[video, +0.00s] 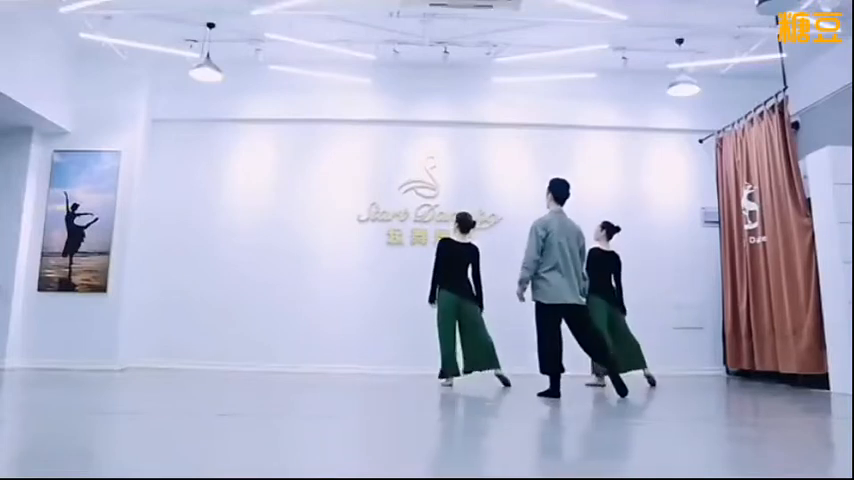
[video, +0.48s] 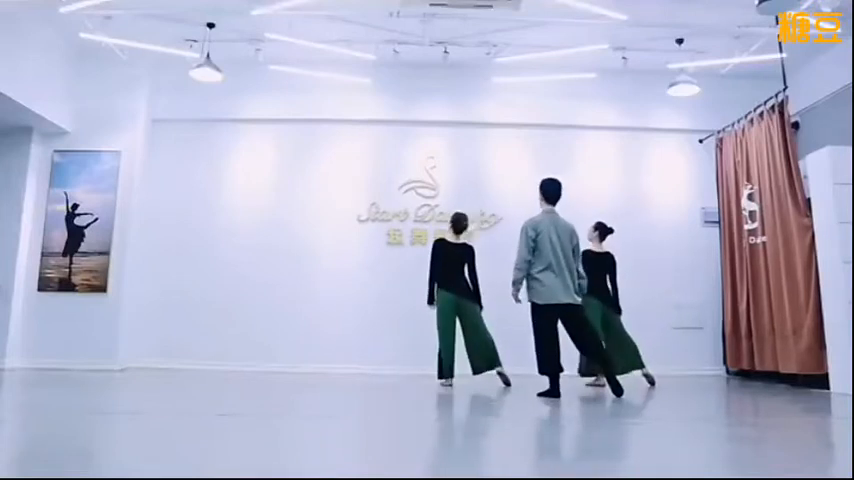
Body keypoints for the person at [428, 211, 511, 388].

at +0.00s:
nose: (454, 225)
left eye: (455, 223)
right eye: (457, 223)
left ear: (456, 225)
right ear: (471, 228)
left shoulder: (444, 243)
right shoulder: (473, 249)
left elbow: (437, 270)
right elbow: (476, 277)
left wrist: (432, 293)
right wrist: (480, 300)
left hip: (446, 292)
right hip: (466, 293)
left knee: (446, 333)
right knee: (480, 332)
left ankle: (448, 375)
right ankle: (496, 368)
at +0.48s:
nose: (459, 228)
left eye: (453, 224)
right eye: (463, 226)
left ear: (450, 225)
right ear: (465, 228)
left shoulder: (439, 244)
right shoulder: (468, 249)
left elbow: (432, 271)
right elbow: (473, 276)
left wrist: (431, 294)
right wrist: (478, 299)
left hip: (444, 293)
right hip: (465, 293)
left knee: (446, 334)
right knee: (480, 330)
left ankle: (447, 376)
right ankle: (498, 366)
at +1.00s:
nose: (456, 229)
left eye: (454, 226)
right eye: (460, 227)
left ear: (449, 226)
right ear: (464, 229)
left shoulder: (438, 245)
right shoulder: (467, 249)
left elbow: (432, 272)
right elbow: (473, 276)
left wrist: (431, 295)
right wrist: (478, 299)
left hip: (445, 293)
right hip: (465, 294)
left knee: (447, 334)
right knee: (481, 331)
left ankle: (448, 376)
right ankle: (498, 367)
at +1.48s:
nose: (457, 231)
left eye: (454, 227)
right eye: (460, 229)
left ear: (447, 226)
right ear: (463, 230)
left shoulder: (436, 244)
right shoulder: (467, 249)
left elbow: (431, 272)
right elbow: (472, 276)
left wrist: (430, 295)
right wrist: (478, 299)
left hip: (445, 293)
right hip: (465, 294)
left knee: (446, 334)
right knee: (480, 331)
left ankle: (447, 376)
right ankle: (497, 367)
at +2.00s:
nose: (460, 237)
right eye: (461, 234)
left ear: (446, 231)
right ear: (460, 235)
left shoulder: (435, 247)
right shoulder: (464, 252)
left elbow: (429, 272)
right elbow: (472, 279)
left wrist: (429, 293)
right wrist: (479, 302)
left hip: (443, 293)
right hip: (463, 293)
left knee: (446, 334)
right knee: (478, 331)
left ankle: (447, 376)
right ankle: (497, 368)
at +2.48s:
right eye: (452, 251)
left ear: (437, 250)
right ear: (452, 251)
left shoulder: (428, 263)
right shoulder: (457, 265)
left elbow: (424, 288)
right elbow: (468, 289)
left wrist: (425, 309)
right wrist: (475, 312)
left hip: (438, 301)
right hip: (458, 302)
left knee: (440, 342)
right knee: (468, 338)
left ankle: (444, 379)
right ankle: (492, 369)